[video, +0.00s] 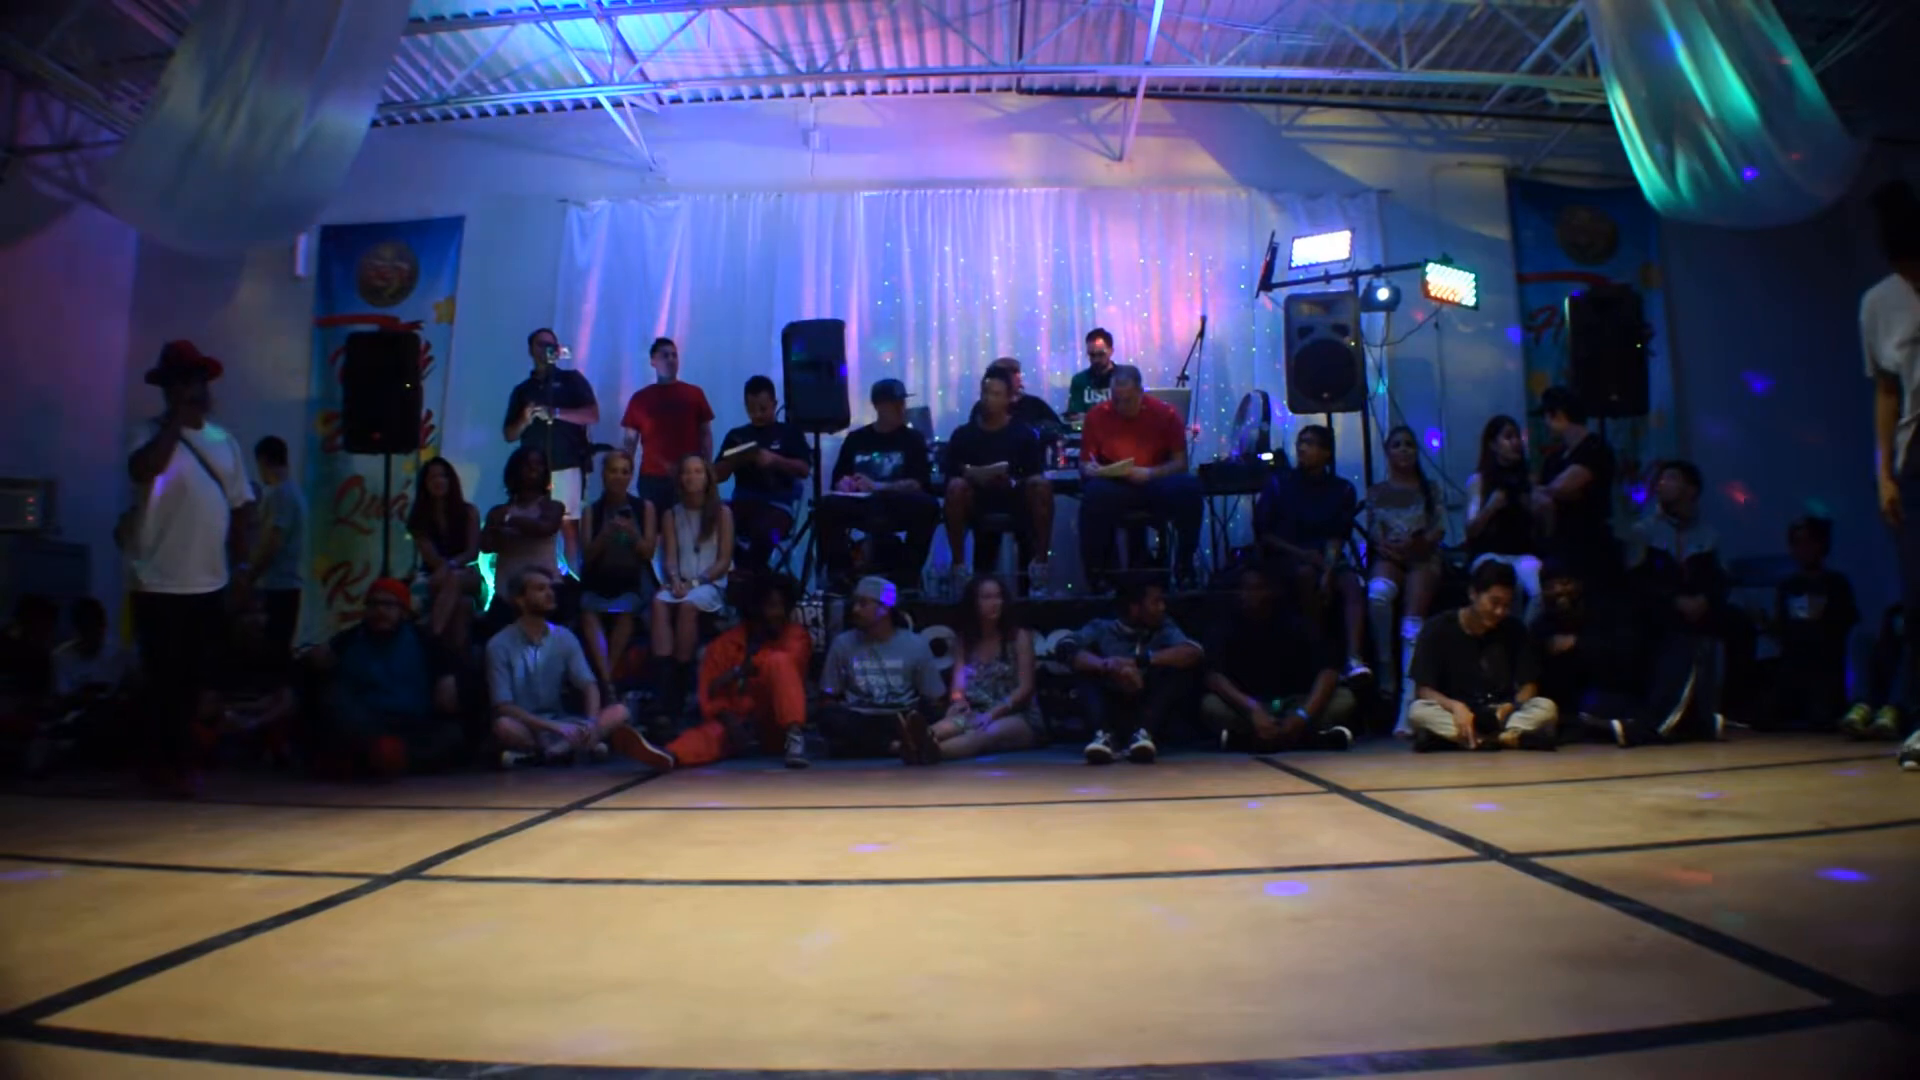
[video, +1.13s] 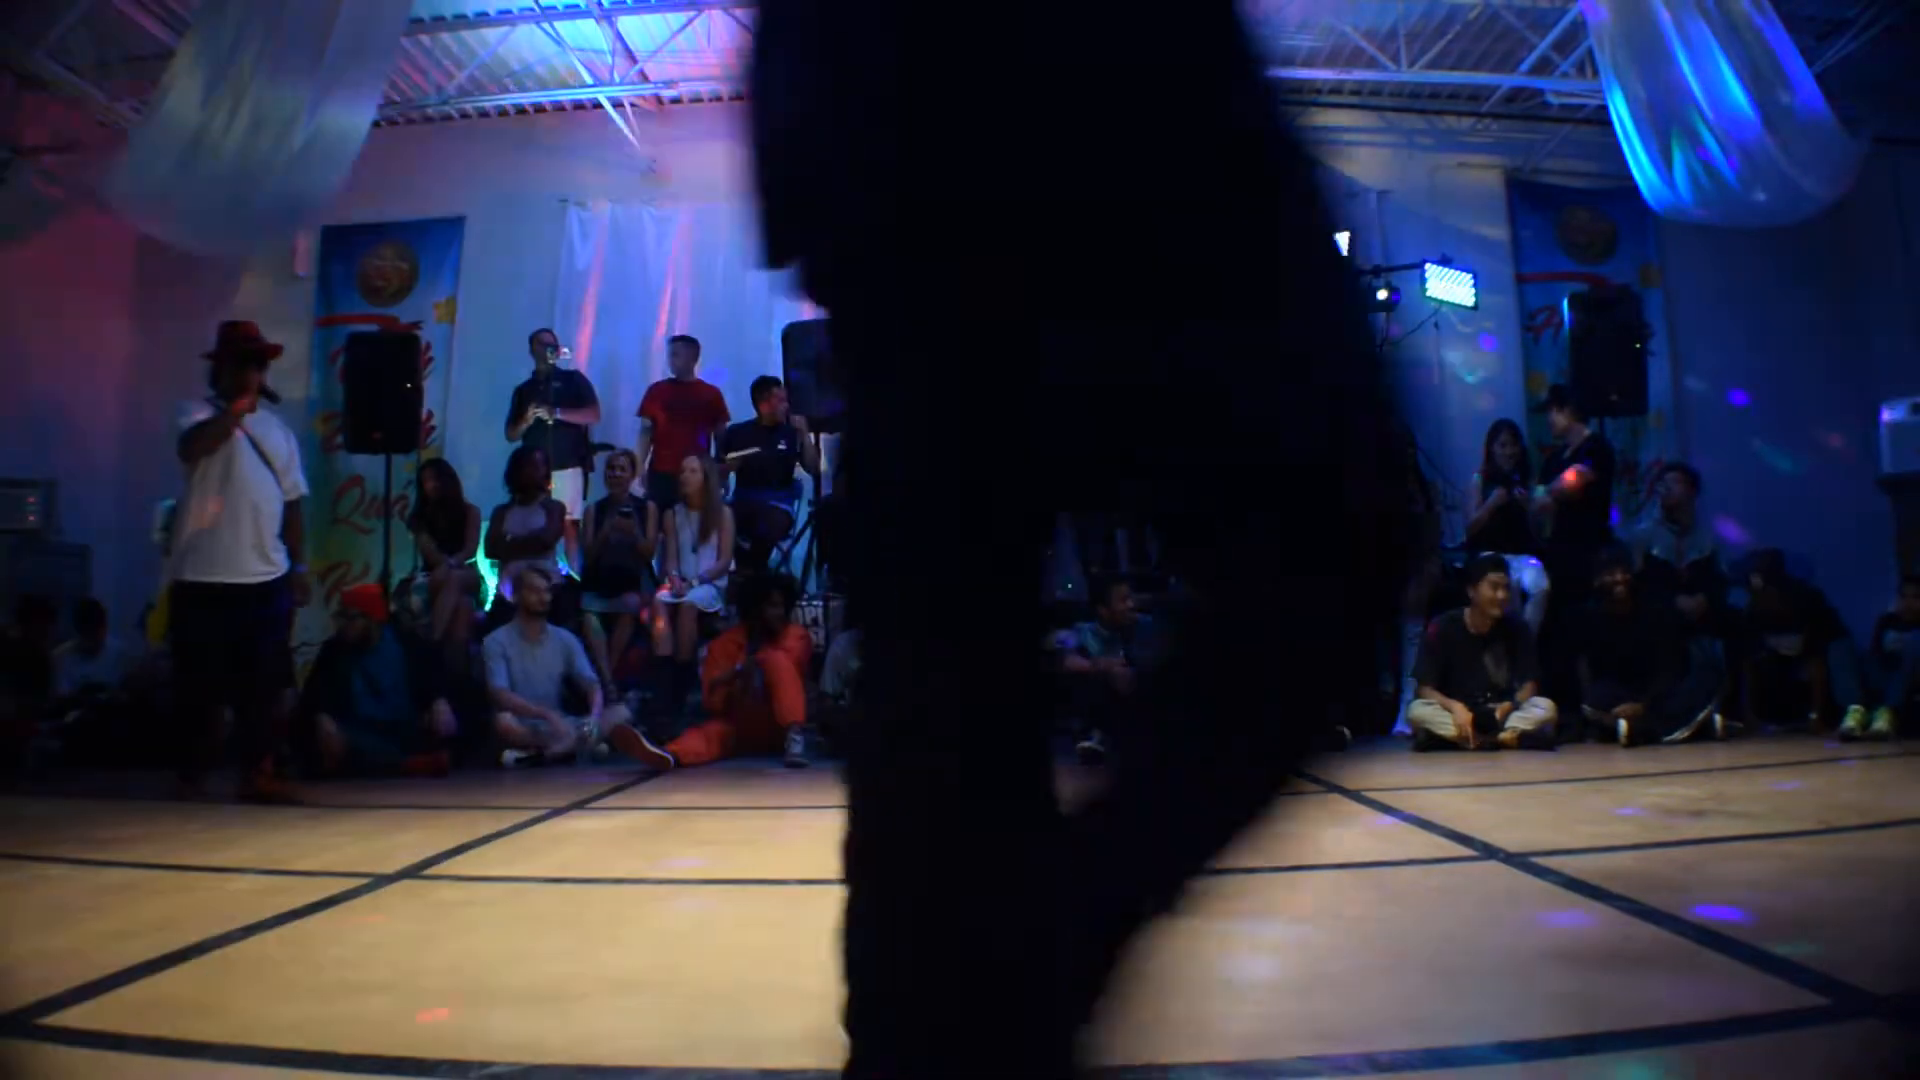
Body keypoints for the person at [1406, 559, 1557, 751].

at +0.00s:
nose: (1500, 612)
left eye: (1506, 606)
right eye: (1494, 603)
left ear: (1511, 605)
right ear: (1473, 595)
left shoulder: (1513, 631)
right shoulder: (1438, 629)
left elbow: (1529, 686)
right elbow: (1423, 690)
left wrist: (1511, 706)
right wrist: (1456, 707)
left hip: (1501, 705)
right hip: (1457, 707)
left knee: (1546, 707)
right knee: (1418, 711)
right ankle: (1506, 740)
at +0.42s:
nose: (1507, 601)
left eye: (1507, 594)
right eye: (1501, 594)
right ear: (1476, 597)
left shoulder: (1512, 628)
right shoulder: (1438, 629)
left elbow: (1528, 686)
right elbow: (1423, 689)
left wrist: (1511, 706)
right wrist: (1456, 707)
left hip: (1500, 706)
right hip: (1456, 708)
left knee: (1546, 708)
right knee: (1418, 711)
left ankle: (1470, 742)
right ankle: (1504, 740)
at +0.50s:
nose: (1507, 600)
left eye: (1506, 594)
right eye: (1501, 593)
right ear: (1476, 597)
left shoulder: (1512, 629)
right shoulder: (1437, 629)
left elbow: (1528, 685)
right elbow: (1423, 689)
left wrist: (1512, 706)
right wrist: (1456, 707)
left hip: (1500, 706)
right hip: (1456, 709)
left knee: (1546, 708)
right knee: (1418, 711)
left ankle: (1469, 742)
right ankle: (1504, 740)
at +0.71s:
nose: (1506, 600)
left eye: (1506, 593)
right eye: (1501, 592)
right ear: (1477, 597)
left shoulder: (1511, 629)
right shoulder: (1437, 629)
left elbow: (1528, 684)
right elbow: (1423, 689)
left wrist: (1511, 707)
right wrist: (1456, 708)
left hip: (1500, 706)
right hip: (1456, 709)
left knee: (1546, 708)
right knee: (1418, 711)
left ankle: (1463, 743)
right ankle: (1505, 740)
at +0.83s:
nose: (1507, 600)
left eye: (1508, 593)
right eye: (1501, 593)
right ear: (1475, 595)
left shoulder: (1514, 629)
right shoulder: (1440, 629)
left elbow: (1528, 684)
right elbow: (1423, 689)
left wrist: (1511, 706)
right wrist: (1456, 708)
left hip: (1500, 706)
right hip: (1456, 708)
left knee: (1546, 707)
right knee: (1418, 711)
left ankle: (1462, 743)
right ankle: (1505, 740)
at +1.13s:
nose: (1501, 596)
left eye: (1505, 588)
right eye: (1494, 587)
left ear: (1510, 592)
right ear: (1471, 591)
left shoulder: (1516, 629)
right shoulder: (1444, 628)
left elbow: (1529, 684)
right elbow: (1424, 689)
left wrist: (1508, 706)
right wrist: (1456, 708)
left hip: (1501, 706)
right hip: (1457, 706)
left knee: (1545, 707)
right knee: (1417, 711)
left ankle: (1461, 743)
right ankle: (1501, 740)